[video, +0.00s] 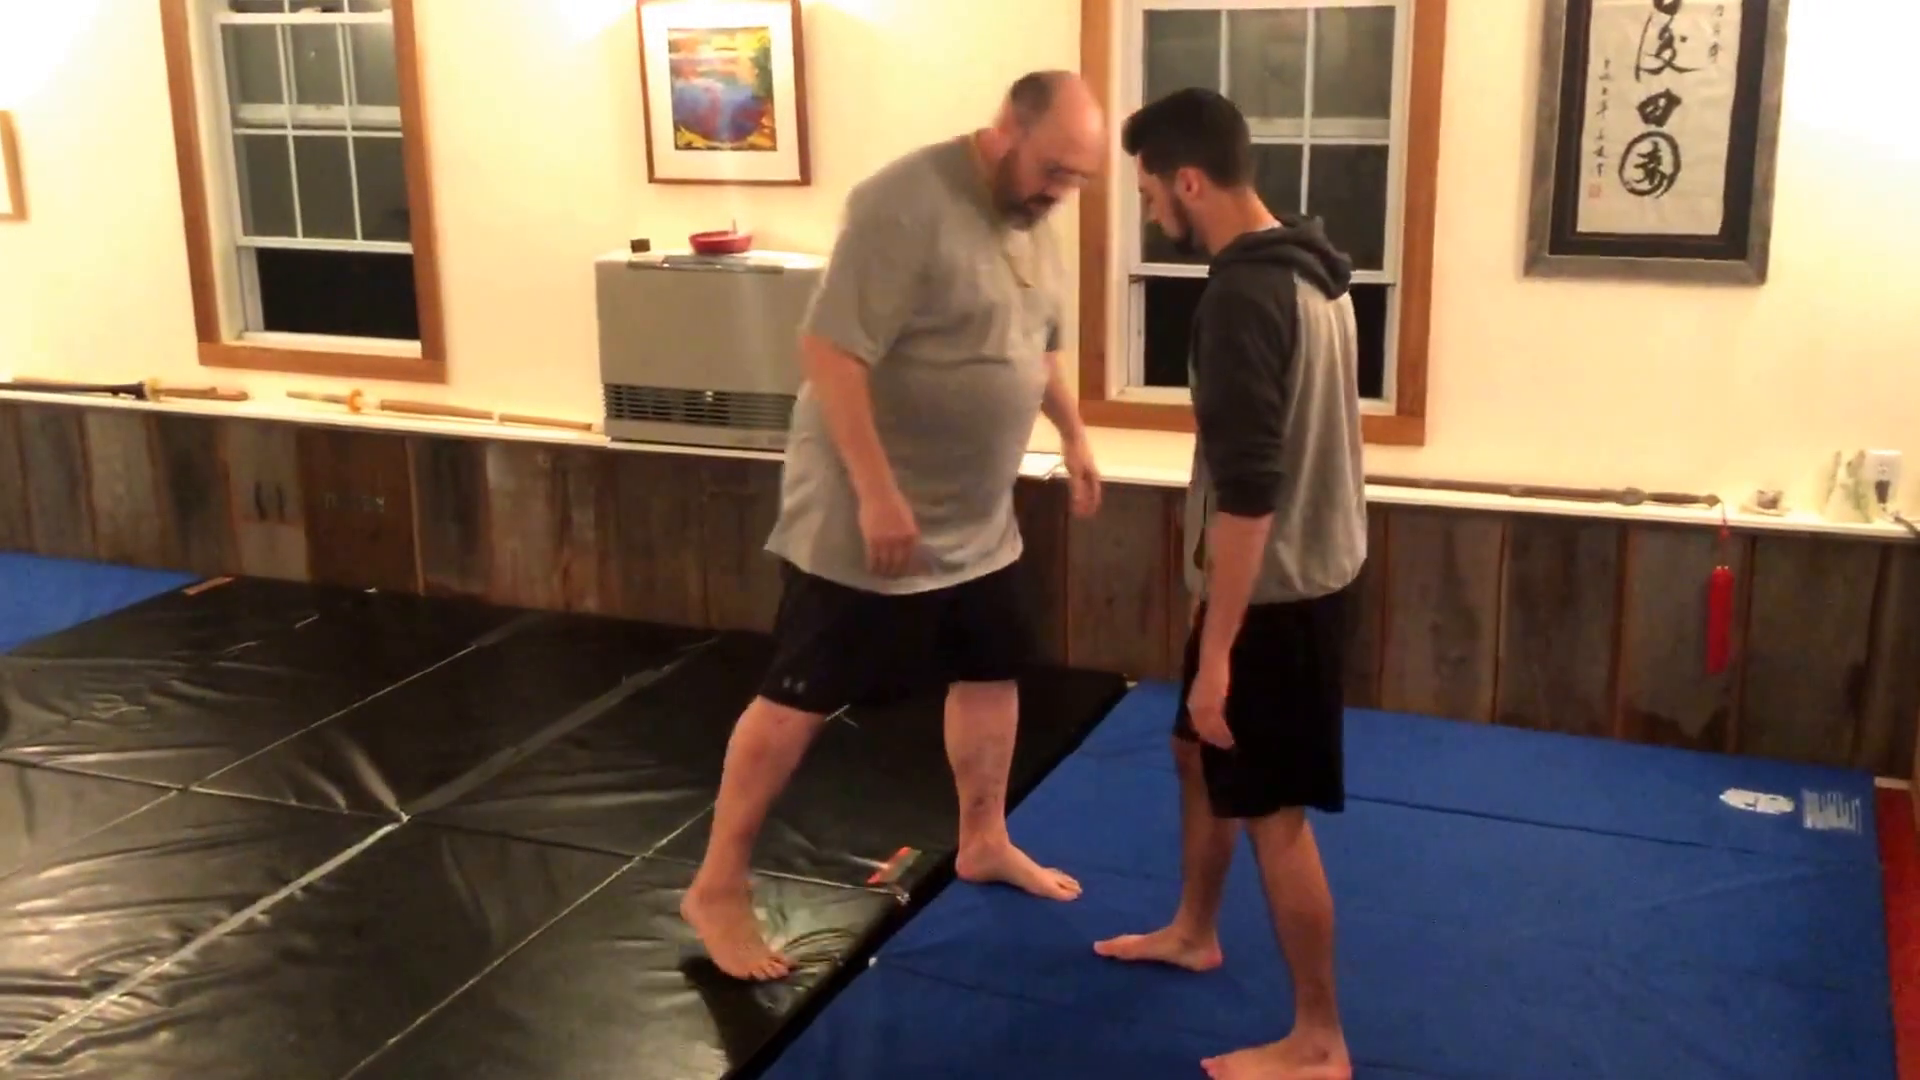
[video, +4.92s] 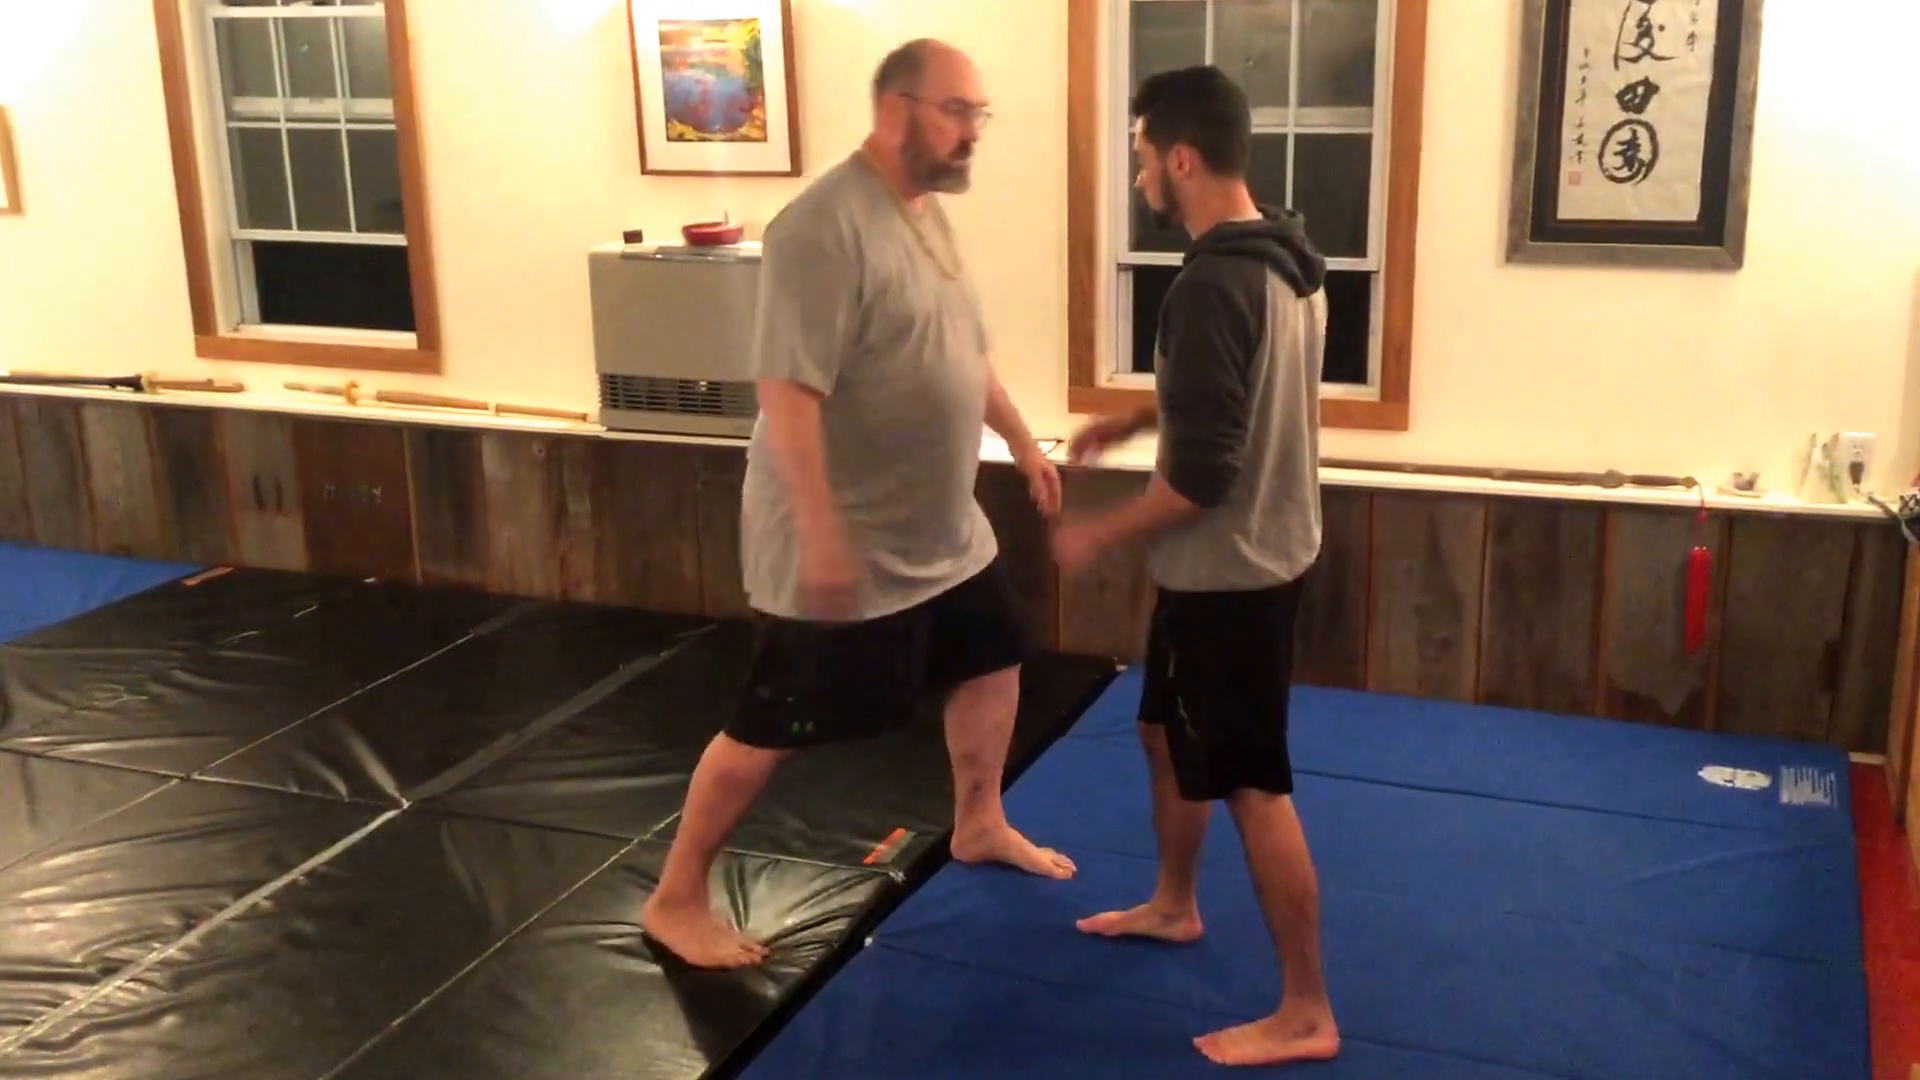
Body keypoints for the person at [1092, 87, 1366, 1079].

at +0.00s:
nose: (1152, 211)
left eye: (1151, 191)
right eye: (1146, 193)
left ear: (1188, 181)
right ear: (1228, 174)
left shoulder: (1244, 293)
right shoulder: (1308, 265)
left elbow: (1250, 498)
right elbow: (1316, 438)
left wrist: (1214, 659)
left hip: (1273, 592)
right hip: (1292, 572)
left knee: (1275, 817)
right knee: (1200, 744)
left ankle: (1317, 1040)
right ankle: (1192, 929)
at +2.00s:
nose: (1142, 162)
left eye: (1151, 143)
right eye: (1145, 142)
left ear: (1197, 154)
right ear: (1226, 153)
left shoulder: (1216, 282)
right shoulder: (1274, 257)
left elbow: (1196, 472)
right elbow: (1268, 429)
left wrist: (1133, 600)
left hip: (1228, 570)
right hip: (1233, 555)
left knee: (1252, 786)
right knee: (1162, 731)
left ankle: (1307, 1013)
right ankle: (1177, 907)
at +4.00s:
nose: (1146, 157)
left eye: (1158, 141)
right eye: (1150, 139)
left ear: (1205, 157)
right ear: (1230, 158)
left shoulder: (1221, 280)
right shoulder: (1276, 255)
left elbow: (1200, 472)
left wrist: (1139, 599)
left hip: (1235, 569)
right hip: (1229, 555)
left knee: (1262, 787)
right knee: (1169, 734)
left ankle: (1309, 1013)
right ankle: (1177, 906)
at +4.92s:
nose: (1141, 175)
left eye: (1146, 154)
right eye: (1143, 155)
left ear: (1183, 157)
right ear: (1225, 153)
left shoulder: (1213, 284)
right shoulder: (1281, 257)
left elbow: (1202, 477)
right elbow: (1228, 386)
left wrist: (1099, 534)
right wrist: (1124, 420)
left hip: (1231, 568)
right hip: (1241, 550)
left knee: (1252, 781)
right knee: (1168, 728)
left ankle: (1305, 1011)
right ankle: (1173, 903)